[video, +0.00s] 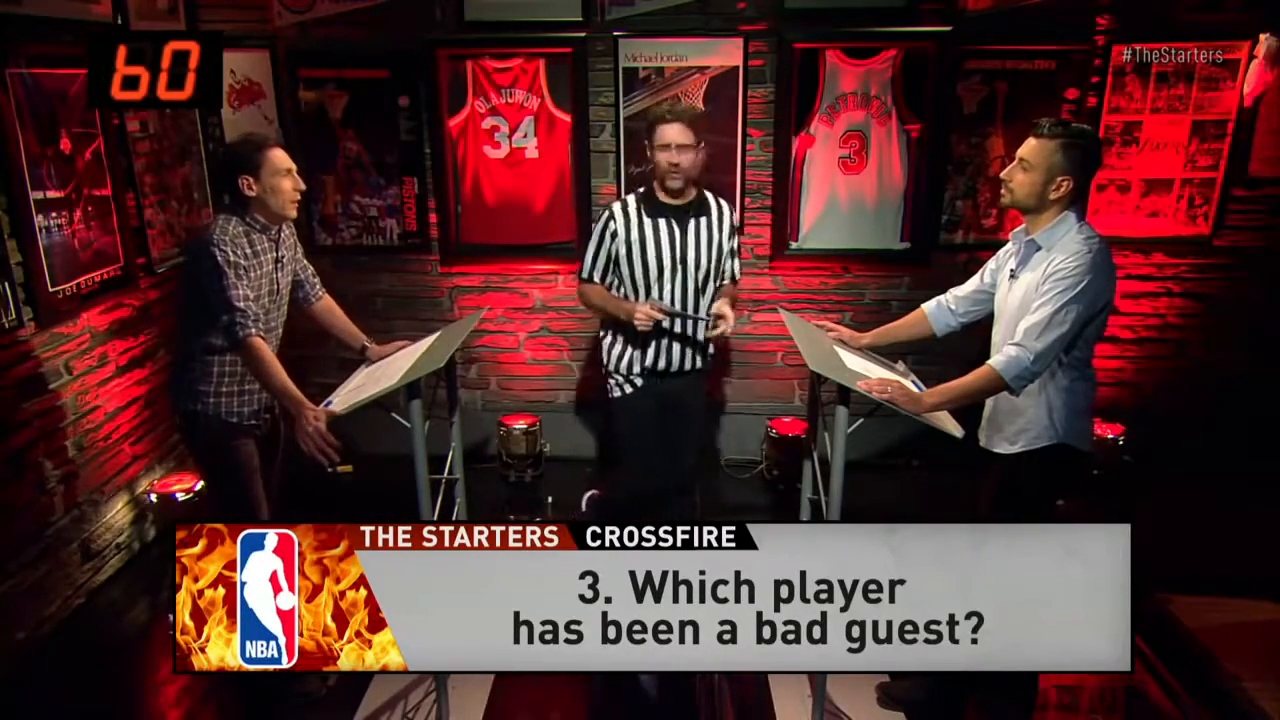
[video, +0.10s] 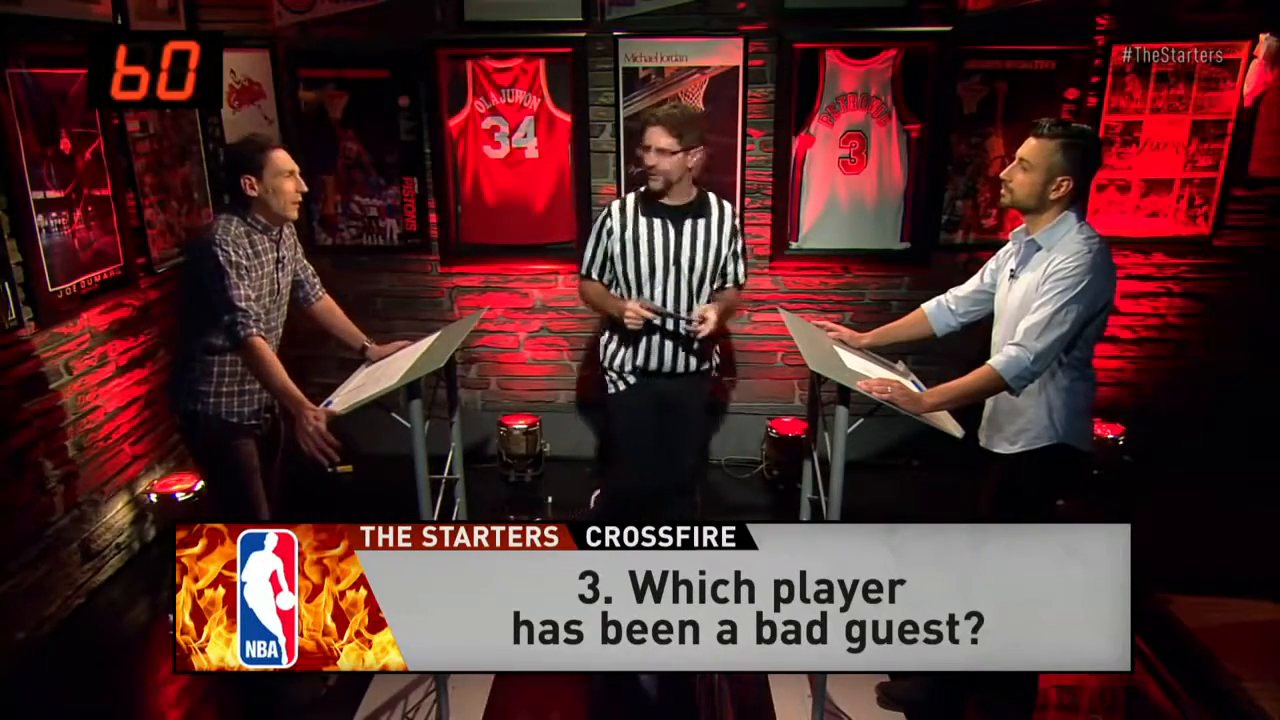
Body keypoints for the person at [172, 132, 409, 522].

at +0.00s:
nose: (300, 185)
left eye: (296, 173)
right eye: (286, 175)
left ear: (255, 188)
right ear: (249, 186)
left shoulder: (281, 233)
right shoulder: (220, 243)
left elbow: (314, 296)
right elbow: (245, 336)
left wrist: (367, 347)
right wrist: (299, 407)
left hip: (264, 405)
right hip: (219, 413)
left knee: (271, 516)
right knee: (251, 526)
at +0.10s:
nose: (302, 187)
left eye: (298, 175)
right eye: (289, 176)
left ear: (256, 188)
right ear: (252, 187)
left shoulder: (282, 233)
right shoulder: (222, 243)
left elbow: (314, 297)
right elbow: (247, 336)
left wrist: (367, 347)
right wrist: (300, 408)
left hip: (263, 404)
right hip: (219, 412)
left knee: (270, 515)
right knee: (252, 525)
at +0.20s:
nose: (303, 188)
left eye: (300, 176)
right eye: (290, 177)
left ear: (257, 187)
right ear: (253, 186)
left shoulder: (282, 232)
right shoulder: (223, 243)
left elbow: (314, 297)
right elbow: (247, 336)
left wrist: (367, 347)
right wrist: (300, 407)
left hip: (263, 404)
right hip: (219, 411)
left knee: (270, 515)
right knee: (252, 525)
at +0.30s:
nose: (305, 187)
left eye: (301, 176)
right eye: (291, 177)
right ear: (254, 186)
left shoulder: (283, 232)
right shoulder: (224, 242)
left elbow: (315, 296)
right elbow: (247, 335)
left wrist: (367, 347)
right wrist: (300, 407)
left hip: (263, 404)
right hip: (219, 411)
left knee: (270, 515)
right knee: (252, 524)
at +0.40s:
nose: (305, 188)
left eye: (302, 177)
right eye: (293, 177)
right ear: (255, 186)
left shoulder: (283, 232)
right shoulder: (224, 240)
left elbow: (315, 296)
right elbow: (247, 335)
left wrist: (367, 348)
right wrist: (300, 408)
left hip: (265, 403)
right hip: (220, 410)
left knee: (271, 514)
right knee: (255, 525)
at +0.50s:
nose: (306, 187)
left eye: (303, 176)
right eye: (294, 177)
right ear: (256, 186)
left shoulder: (285, 231)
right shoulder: (225, 241)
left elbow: (316, 296)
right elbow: (246, 336)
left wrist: (368, 348)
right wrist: (300, 408)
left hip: (266, 404)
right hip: (220, 411)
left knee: (272, 515)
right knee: (258, 524)